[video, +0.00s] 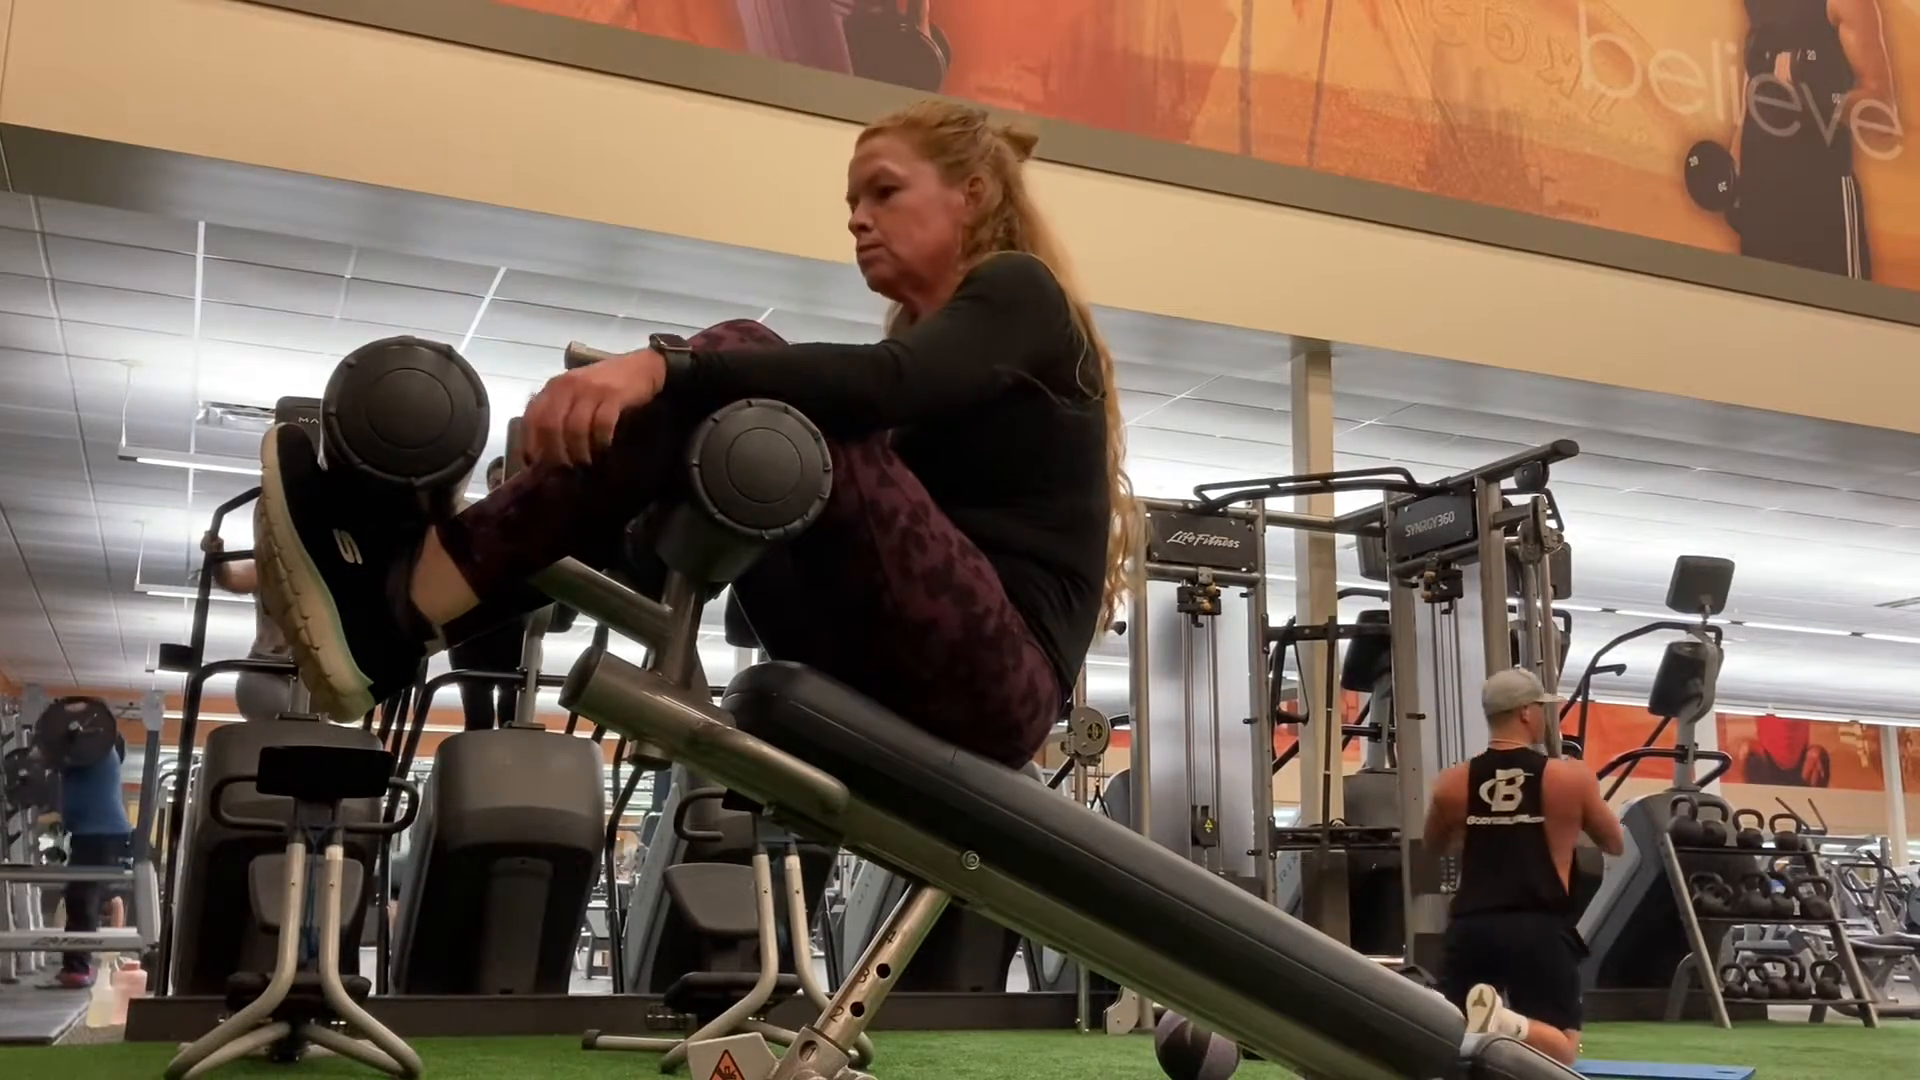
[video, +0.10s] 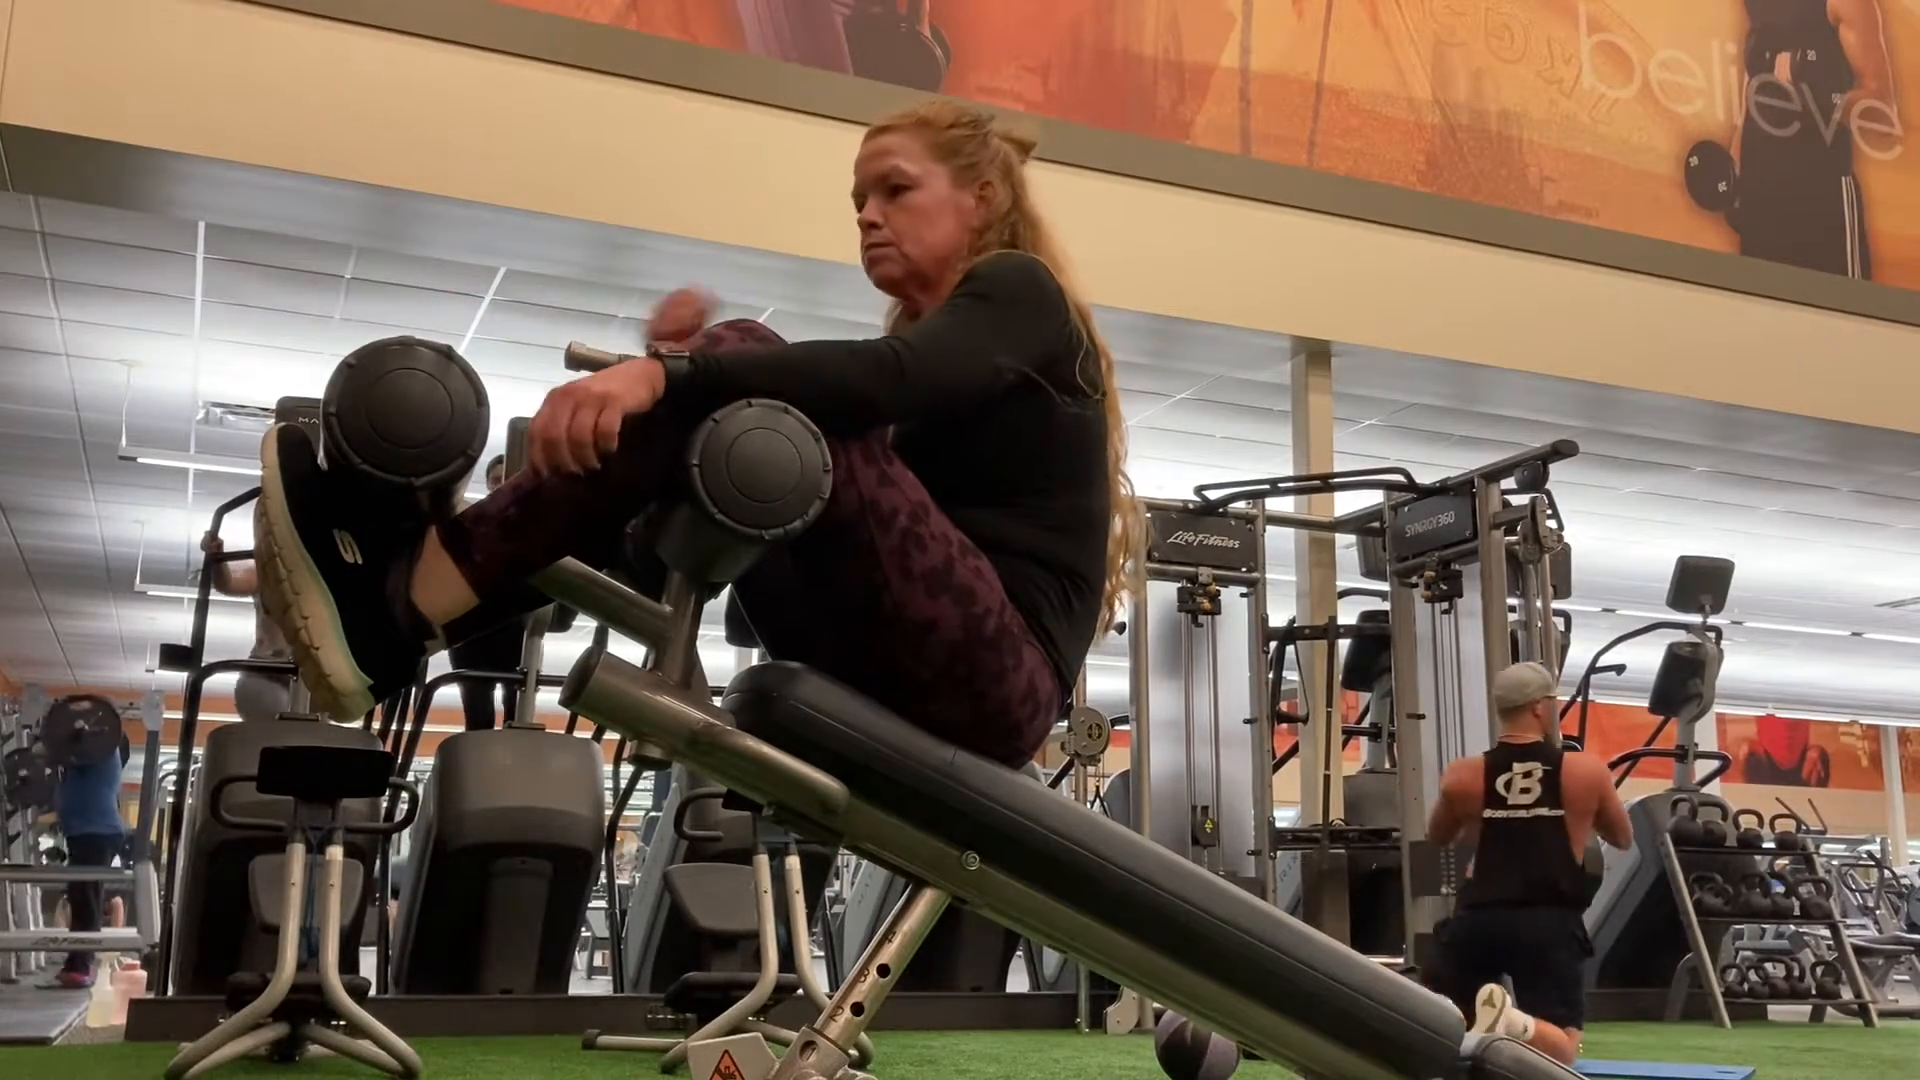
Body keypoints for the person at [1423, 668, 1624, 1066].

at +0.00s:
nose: (1544, 715)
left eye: (1542, 706)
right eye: (1540, 707)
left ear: (1489, 715)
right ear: (1526, 713)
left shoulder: (1454, 781)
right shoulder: (1572, 777)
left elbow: (1433, 846)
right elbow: (1614, 844)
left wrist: (1476, 819)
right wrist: (1579, 808)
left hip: (1470, 930)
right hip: (1540, 933)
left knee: (1464, 1040)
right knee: (1566, 1051)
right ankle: (1503, 1019)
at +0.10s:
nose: (1556, 709)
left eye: (1554, 701)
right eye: (1553, 701)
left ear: (1500, 709)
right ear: (1539, 707)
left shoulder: (1465, 774)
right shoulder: (1587, 771)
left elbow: (1439, 835)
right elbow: (1622, 838)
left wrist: (1485, 805)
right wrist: (1586, 800)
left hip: (1478, 923)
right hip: (1550, 925)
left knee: (1453, 1029)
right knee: (1565, 1050)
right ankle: (1509, 1019)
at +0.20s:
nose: (1563, 704)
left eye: (1560, 697)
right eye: (1560, 697)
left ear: (1509, 707)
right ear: (1550, 705)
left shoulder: (1477, 769)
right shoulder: (1599, 768)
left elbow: (1441, 832)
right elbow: (1628, 834)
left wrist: (1478, 799)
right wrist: (1586, 801)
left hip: (1487, 906)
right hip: (1558, 916)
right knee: (1566, 1047)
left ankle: (1437, 995)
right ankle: (1511, 1019)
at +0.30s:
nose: (1572, 703)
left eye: (1571, 696)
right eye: (1569, 696)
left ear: (1515, 704)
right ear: (1559, 703)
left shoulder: (1481, 764)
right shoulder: (1606, 768)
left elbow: (1445, 823)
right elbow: (1630, 833)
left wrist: (1475, 786)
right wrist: (1591, 796)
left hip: (1487, 898)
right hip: (1558, 912)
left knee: (1391, 922)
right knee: (1565, 1047)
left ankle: (1440, 990)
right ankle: (1506, 1017)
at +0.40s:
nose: (1576, 705)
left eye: (1576, 697)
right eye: (1574, 698)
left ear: (1520, 702)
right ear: (1564, 703)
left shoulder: (1484, 761)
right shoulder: (1608, 768)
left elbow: (1446, 816)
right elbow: (1629, 834)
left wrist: (1482, 783)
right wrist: (1592, 795)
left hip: (1487, 896)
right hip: (1557, 912)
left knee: (1396, 901)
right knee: (1566, 1047)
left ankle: (1443, 998)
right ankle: (1511, 1017)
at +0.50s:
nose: (1578, 705)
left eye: (1577, 698)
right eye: (1575, 698)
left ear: (1522, 702)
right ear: (1565, 703)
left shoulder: (1484, 758)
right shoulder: (1608, 767)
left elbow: (1442, 810)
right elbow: (1625, 835)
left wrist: (1482, 783)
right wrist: (1591, 793)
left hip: (1488, 897)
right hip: (1556, 912)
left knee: (1410, 895)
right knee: (1566, 1049)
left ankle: (1455, 1009)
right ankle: (1520, 1015)